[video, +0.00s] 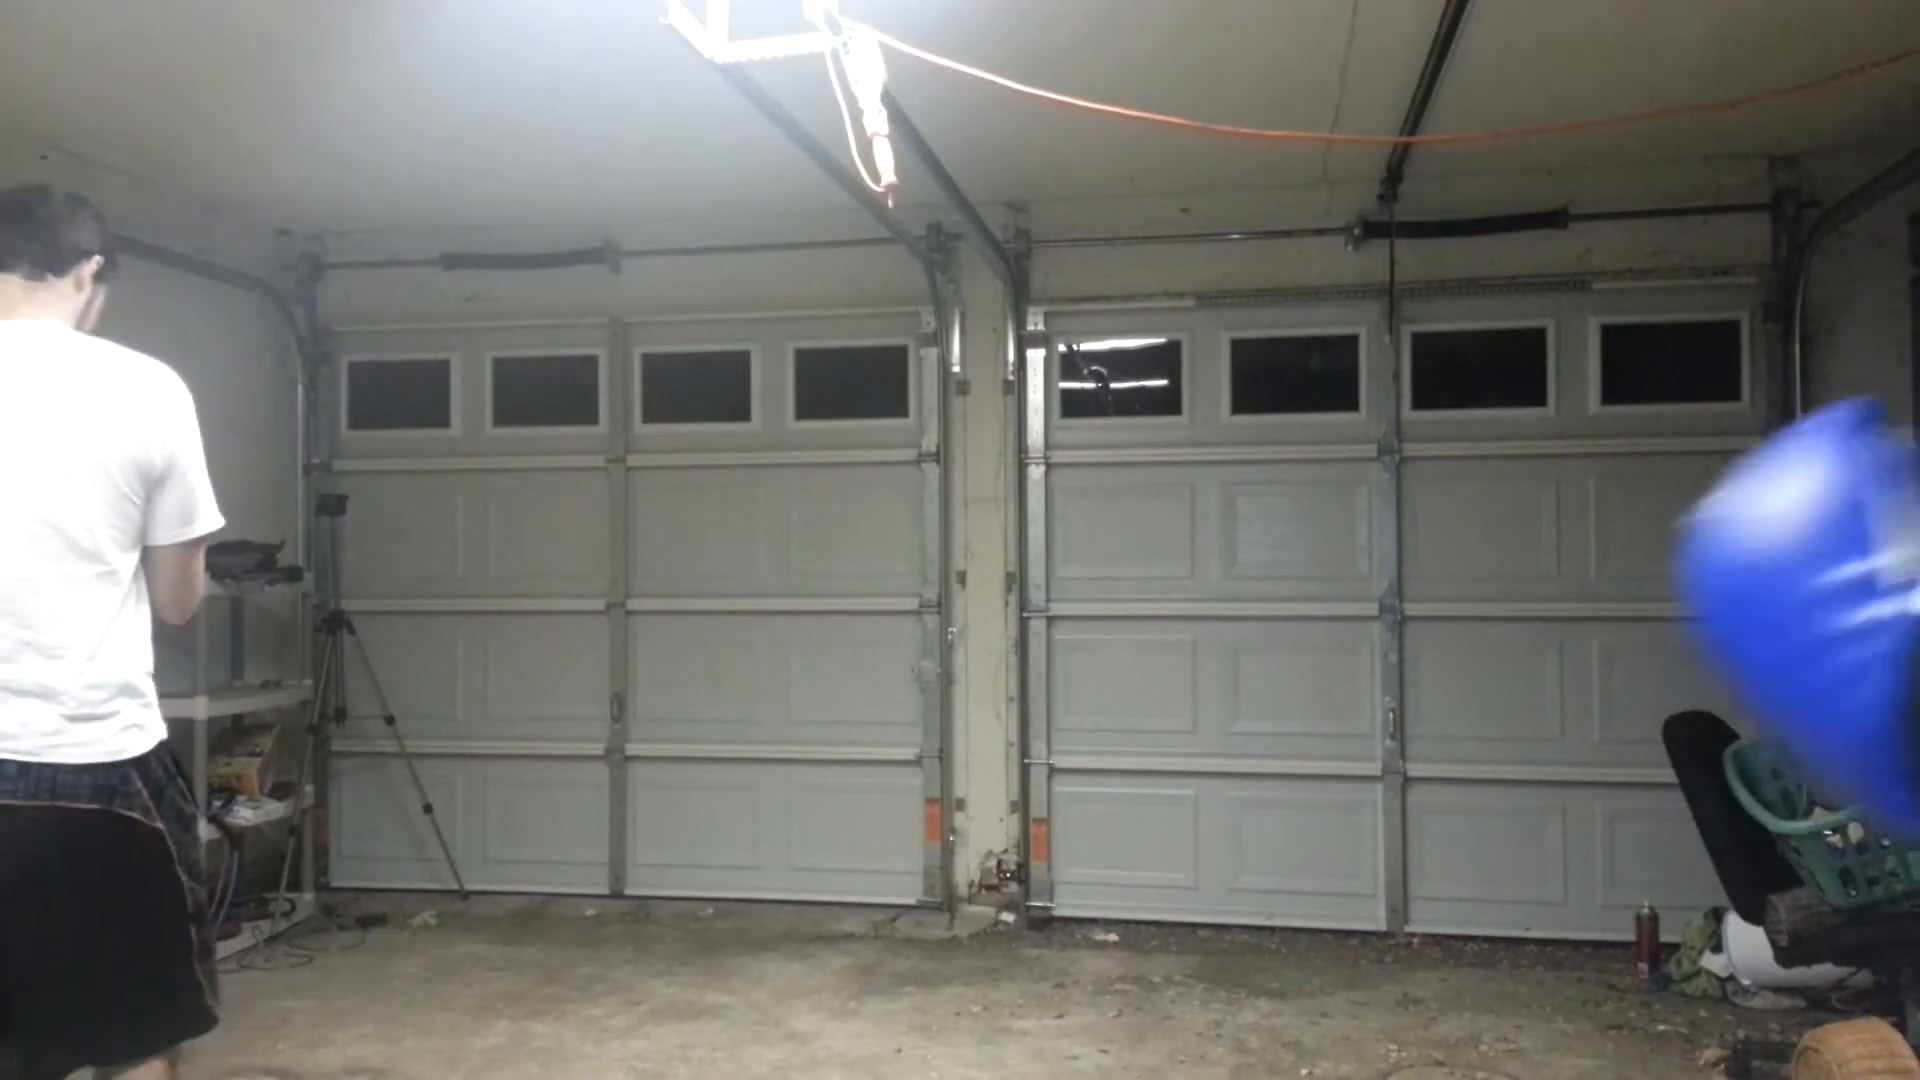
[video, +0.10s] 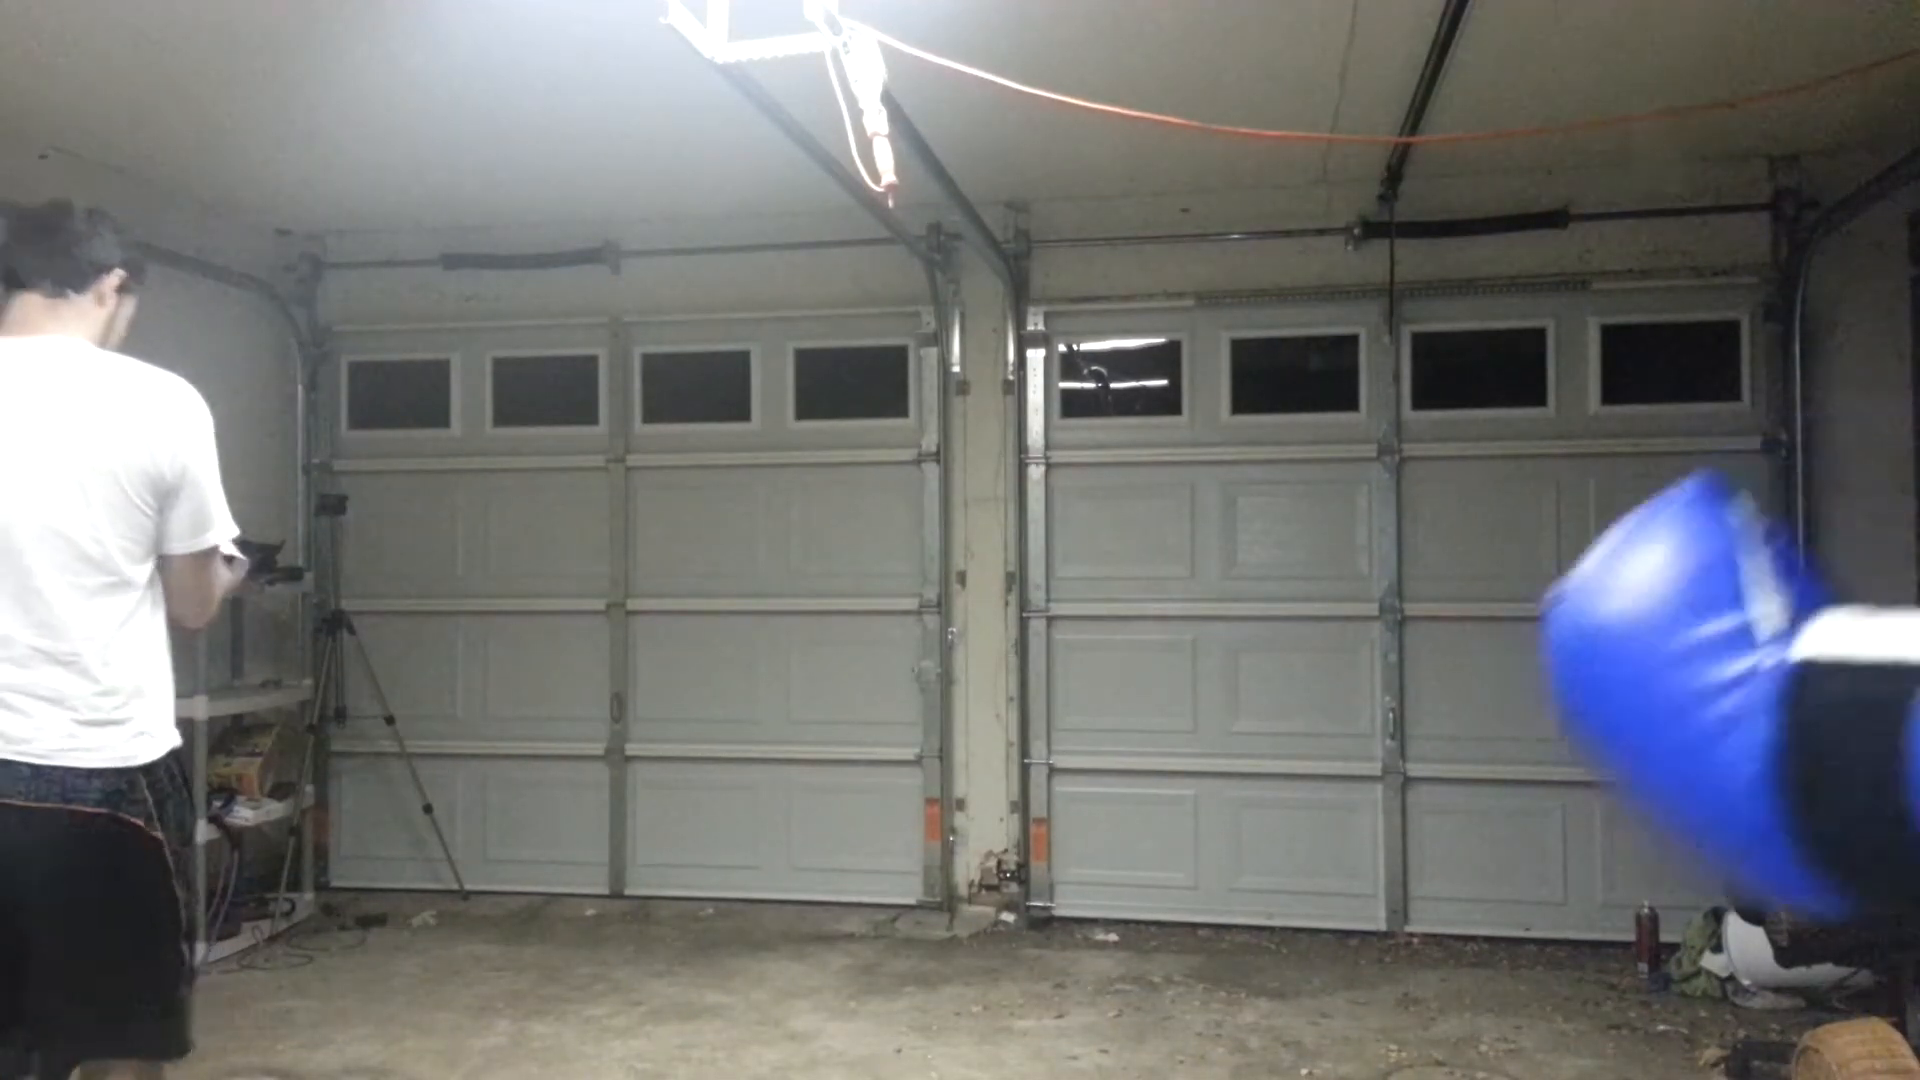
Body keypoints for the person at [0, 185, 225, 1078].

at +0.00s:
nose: (96, 304)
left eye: (99, 291)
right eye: (102, 287)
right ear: (90, 275)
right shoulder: (144, 388)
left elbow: (175, 602)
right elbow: (179, 603)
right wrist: (191, 555)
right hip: (93, 780)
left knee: (17, 1048)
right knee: (142, 1044)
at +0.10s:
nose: (125, 326)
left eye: (128, 308)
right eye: (129, 305)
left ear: (11, 286)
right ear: (111, 289)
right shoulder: (161, 403)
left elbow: (185, 606)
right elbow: (192, 606)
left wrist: (206, 562)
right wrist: (221, 568)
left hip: (3, 785)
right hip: (101, 795)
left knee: (14, 1052)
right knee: (128, 1053)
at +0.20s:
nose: (161, 347)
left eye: (165, 330)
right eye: (166, 325)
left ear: (51, 298)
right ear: (146, 304)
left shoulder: (5, 379)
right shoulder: (189, 419)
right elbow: (215, 613)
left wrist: (219, 567)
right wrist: (256, 580)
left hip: (6, 781)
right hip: (120, 797)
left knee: (10, 1043)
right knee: (110, 1052)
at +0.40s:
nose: (228, 372)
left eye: (235, 355)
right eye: (236, 352)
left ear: (127, 310)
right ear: (212, 321)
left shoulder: (20, 399)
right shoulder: (236, 417)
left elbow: (22, 567)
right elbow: (236, 616)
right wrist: (257, 632)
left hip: (21, 771)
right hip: (161, 780)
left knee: (19, 1024)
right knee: (149, 1041)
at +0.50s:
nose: (246, 379)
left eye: (256, 366)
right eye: (254, 362)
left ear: (157, 316)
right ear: (231, 329)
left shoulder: (27, 408)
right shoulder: (245, 415)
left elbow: (8, 579)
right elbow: (251, 607)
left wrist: (69, 656)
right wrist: (206, 683)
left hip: (26, 756)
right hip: (163, 762)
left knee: (67, 1008)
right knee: (154, 1025)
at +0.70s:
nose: (268, 400)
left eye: (279, 388)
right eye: (275, 382)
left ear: (182, 329)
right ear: (246, 341)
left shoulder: (58, 425)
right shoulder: (245, 414)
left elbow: (49, 599)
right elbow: (268, 601)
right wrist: (240, 648)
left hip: (64, 760)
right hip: (185, 765)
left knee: (110, 1016)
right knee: (169, 1030)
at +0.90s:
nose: (282, 405)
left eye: (293, 392)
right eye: (288, 386)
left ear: (208, 338)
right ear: (257, 342)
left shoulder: (95, 433)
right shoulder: (233, 404)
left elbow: (99, 588)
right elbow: (268, 591)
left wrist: (243, 597)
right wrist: (284, 622)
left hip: (97, 746)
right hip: (196, 750)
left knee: (139, 984)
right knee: (213, 997)